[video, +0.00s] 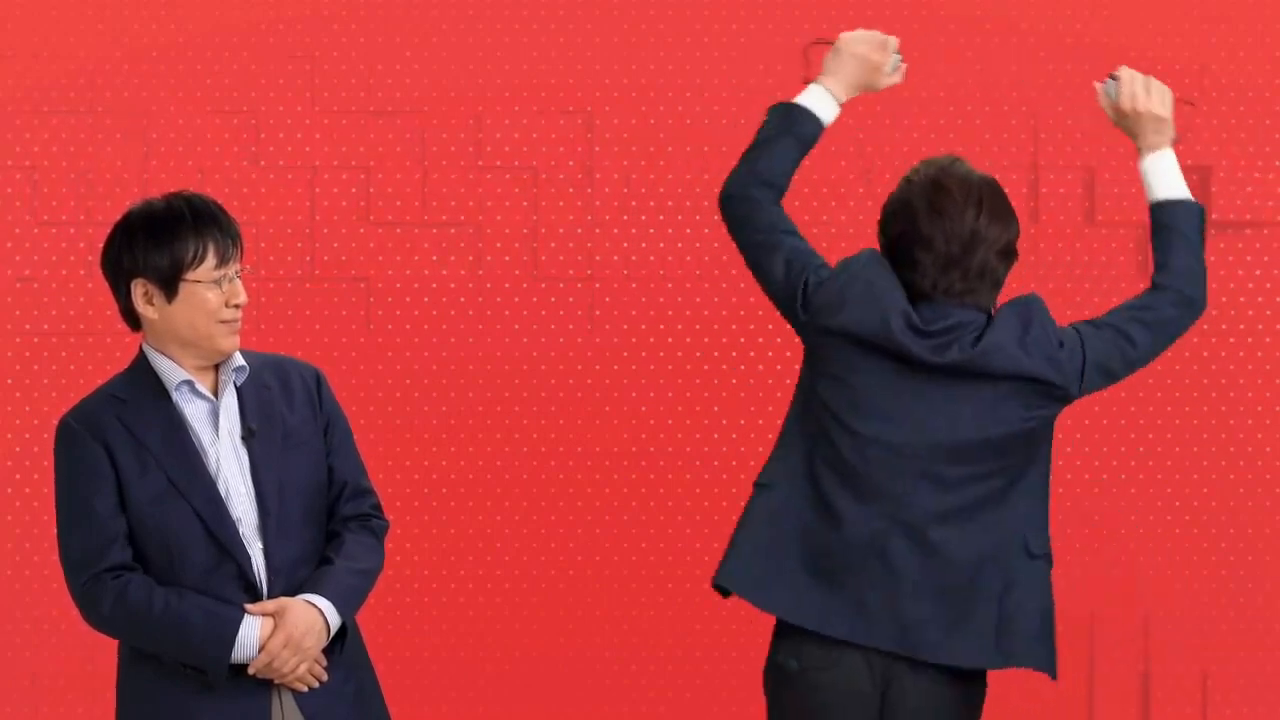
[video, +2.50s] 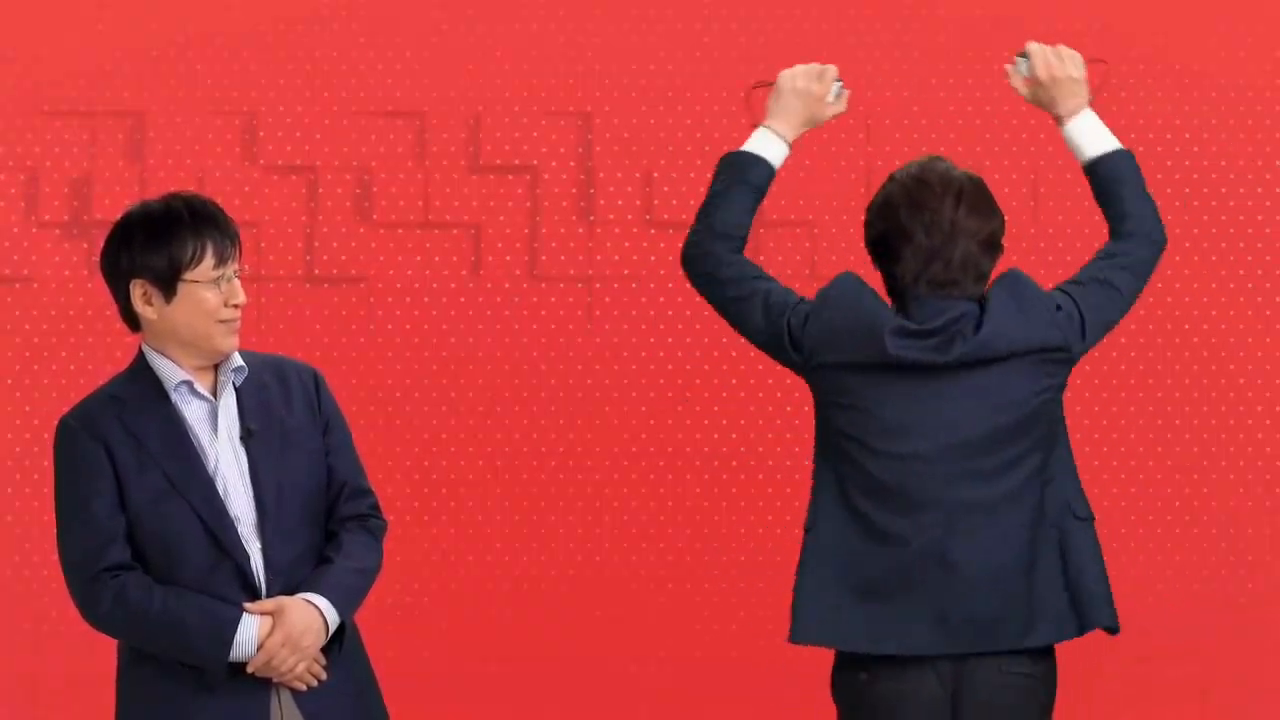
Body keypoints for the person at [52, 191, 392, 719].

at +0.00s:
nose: (239, 297)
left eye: (237, 278)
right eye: (215, 282)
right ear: (148, 300)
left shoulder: (302, 388)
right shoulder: (93, 432)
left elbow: (362, 523)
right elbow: (104, 590)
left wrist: (321, 612)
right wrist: (251, 639)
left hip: (335, 700)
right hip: (192, 708)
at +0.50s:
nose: (238, 298)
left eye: (236, 278)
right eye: (215, 283)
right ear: (147, 301)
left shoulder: (301, 389)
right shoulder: (91, 434)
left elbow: (361, 526)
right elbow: (103, 591)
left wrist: (320, 613)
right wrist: (252, 640)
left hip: (334, 701)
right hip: (192, 708)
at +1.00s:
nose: (238, 298)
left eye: (236, 278)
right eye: (214, 283)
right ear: (147, 301)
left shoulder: (301, 390)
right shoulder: (91, 434)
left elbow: (361, 526)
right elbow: (104, 592)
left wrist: (320, 612)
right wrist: (250, 640)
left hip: (333, 700)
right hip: (192, 708)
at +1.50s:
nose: (237, 298)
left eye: (235, 278)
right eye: (213, 283)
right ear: (147, 301)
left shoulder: (301, 390)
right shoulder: (91, 434)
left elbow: (361, 525)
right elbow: (104, 591)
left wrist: (320, 612)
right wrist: (252, 639)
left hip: (332, 700)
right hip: (192, 708)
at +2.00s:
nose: (233, 298)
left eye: (232, 278)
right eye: (210, 282)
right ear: (143, 300)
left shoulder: (296, 388)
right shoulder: (89, 433)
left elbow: (357, 522)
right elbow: (101, 591)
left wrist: (317, 611)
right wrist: (248, 638)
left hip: (330, 699)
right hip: (190, 707)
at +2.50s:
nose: (238, 298)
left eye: (236, 278)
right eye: (213, 282)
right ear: (147, 300)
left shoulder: (300, 389)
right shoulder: (92, 433)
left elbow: (361, 523)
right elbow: (104, 590)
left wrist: (319, 611)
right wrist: (251, 638)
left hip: (333, 700)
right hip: (192, 708)